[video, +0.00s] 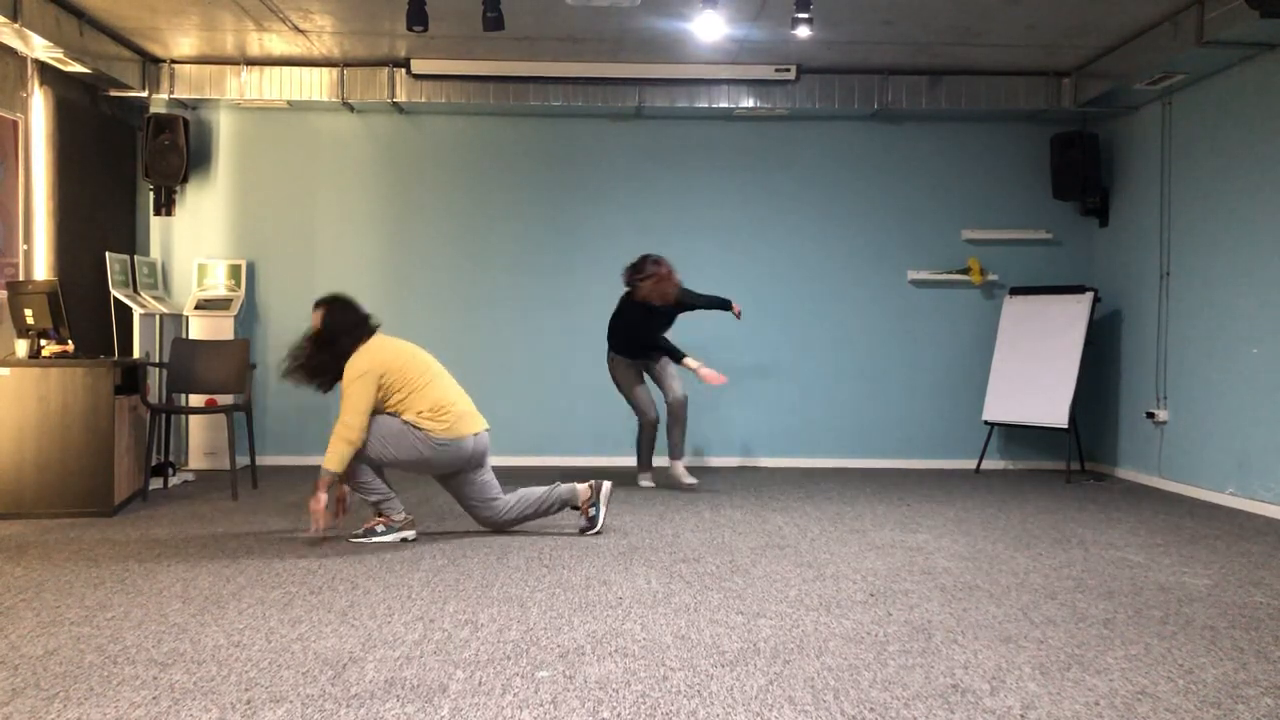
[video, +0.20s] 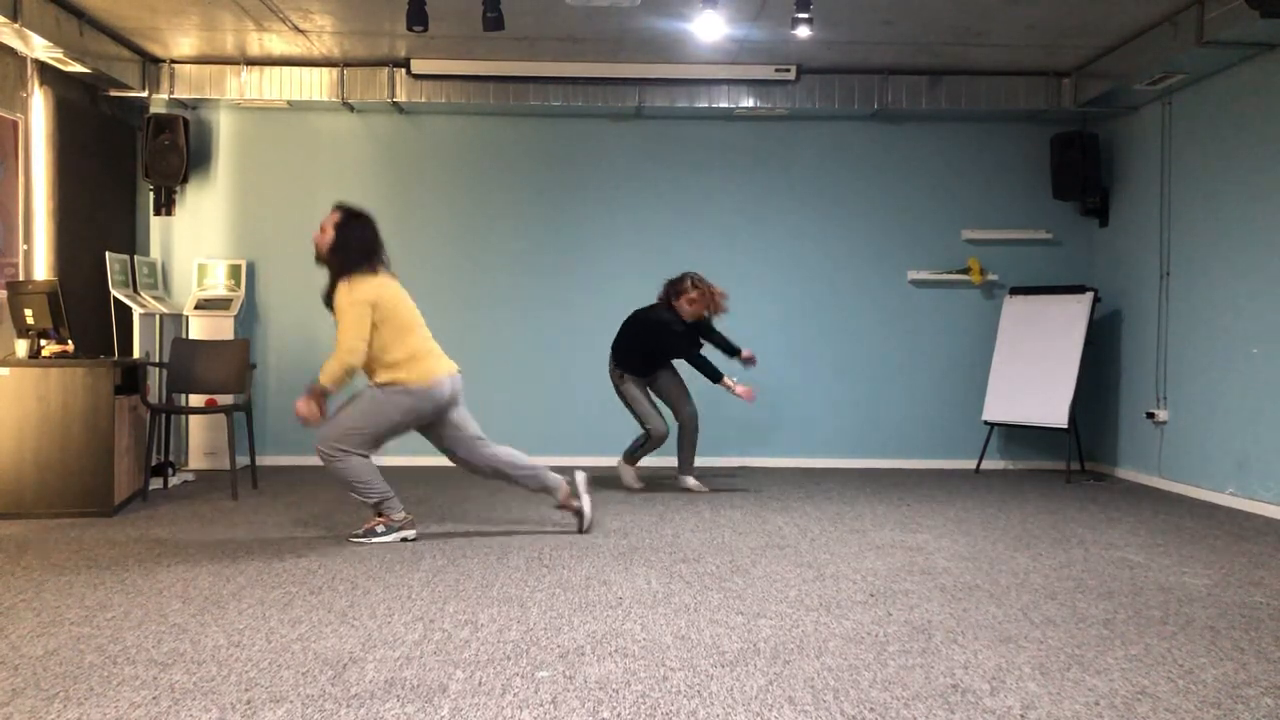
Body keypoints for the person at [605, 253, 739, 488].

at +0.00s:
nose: (668, 287)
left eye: (667, 281)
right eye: (661, 282)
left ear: (669, 280)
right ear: (647, 285)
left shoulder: (674, 297)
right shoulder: (631, 307)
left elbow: (700, 301)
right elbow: (656, 341)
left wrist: (730, 306)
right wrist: (695, 366)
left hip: (655, 353)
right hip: (624, 358)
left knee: (678, 398)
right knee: (649, 416)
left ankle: (676, 465)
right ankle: (644, 473)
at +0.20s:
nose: (698, 308)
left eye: (701, 302)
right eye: (692, 303)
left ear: (707, 302)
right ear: (676, 302)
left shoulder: (691, 319)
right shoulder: (665, 323)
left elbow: (712, 335)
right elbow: (694, 359)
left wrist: (739, 354)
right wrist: (730, 385)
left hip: (657, 367)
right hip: (626, 372)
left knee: (688, 415)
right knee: (658, 431)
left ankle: (685, 475)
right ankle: (627, 463)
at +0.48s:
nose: (684, 300)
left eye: (690, 295)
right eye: (679, 293)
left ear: (695, 296)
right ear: (665, 289)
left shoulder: (683, 321)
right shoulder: (651, 303)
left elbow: (693, 359)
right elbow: (663, 346)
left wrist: (705, 403)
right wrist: (690, 389)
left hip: (621, 354)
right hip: (594, 348)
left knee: (651, 411)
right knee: (625, 413)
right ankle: (590, 478)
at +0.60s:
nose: (681, 300)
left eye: (686, 294)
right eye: (675, 293)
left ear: (691, 297)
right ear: (661, 289)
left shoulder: (683, 322)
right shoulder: (640, 303)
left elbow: (674, 358)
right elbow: (628, 341)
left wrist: (664, 400)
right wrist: (634, 381)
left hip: (611, 360)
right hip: (588, 347)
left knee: (588, 423)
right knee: (610, 414)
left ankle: (542, 480)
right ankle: (577, 486)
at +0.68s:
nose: (682, 302)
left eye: (687, 296)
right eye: (677, 295)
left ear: (692, 298)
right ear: (662, 292)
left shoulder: (685, 323)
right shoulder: (641, 305)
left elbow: (667, 356)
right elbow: (616, 337)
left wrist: (647, 394)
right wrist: (604, 374)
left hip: (615, 363)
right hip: (589, 350)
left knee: (602, 430)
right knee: (598, 423)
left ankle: (547, 473)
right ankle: (569, 492)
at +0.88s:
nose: (697, 290)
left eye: (701, 285)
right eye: (692, 283)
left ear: (706, 286)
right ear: (676, 279)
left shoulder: (698, 312)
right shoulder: (655, 289)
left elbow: (669, 346)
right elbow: (608, 306)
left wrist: (630, 365)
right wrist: (564, 336)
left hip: (638, 353)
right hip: (607, 340)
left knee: (665, 407)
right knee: (609, 414)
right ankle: (573, 484)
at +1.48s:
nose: (793, 233)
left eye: (789, 227)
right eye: (784, 230)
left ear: (779, 240)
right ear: (768, 243)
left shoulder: (792, 268)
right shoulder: (766, 278)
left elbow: (835, 275)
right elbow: (819, 297)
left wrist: (889, 285)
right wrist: (876, 310)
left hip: (775, 359)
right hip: (752, 365)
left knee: (822, 416)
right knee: (816, 415)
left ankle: (826, 499)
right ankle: (782, 485)